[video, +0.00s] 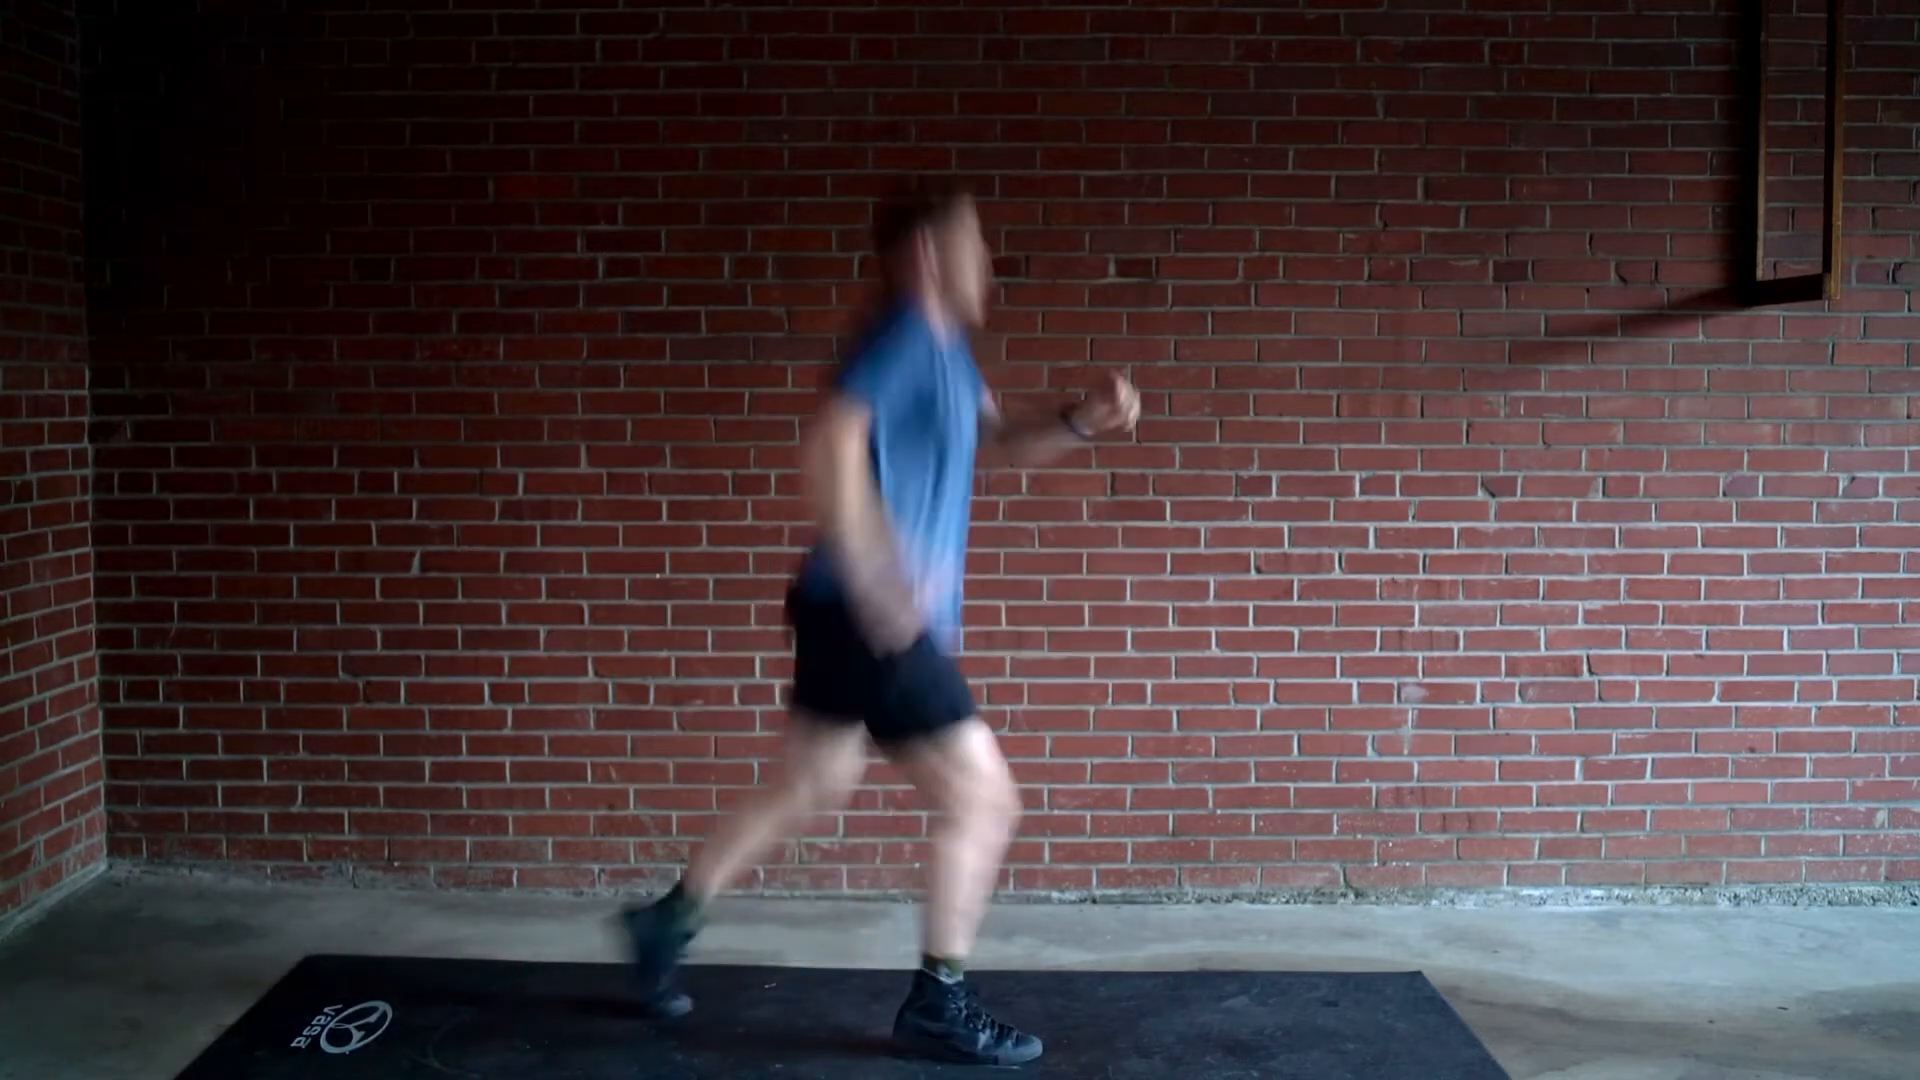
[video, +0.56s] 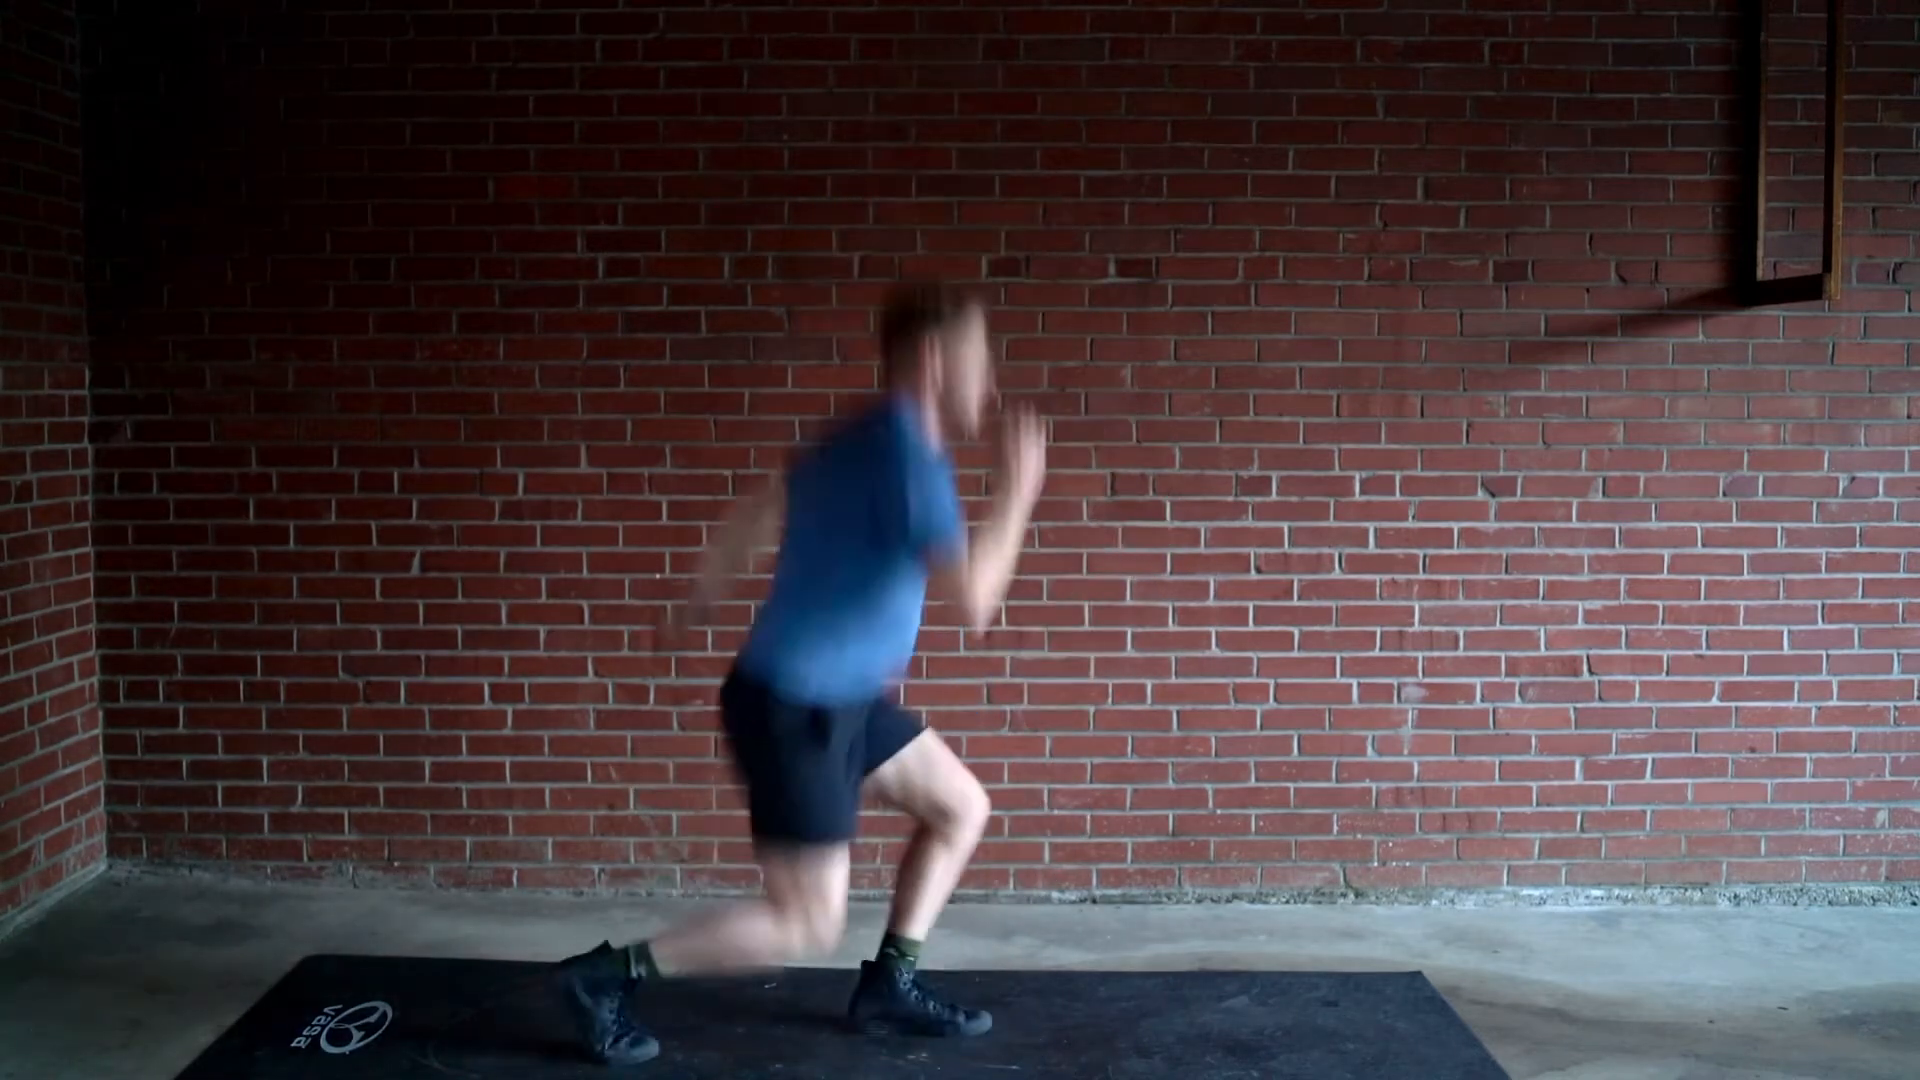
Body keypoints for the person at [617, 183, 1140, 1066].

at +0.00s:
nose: (987, 258)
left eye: (983, 240)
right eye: (972, 239)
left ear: (937, 253)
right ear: (925, 252)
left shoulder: (945, 347)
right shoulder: (906, 337)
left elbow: (995, 435)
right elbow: (835, 434)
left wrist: (1078, 419)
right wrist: (870, 572)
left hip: (855, 606)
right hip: (880, 611)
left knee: (815, 781)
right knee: (982, 797)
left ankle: (669, 919)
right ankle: (939, 997)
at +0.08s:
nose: (971, 181)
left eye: (969, 164)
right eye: (958, 163)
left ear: (934, 173)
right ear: (911, 169)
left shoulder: (937, 268)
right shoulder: (888, 249)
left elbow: (951, 376)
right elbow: (851, 367)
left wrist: (1021, 431)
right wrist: (935, 433)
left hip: (880, 521)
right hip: (873, 526)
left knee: (804, 711)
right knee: (895, 744)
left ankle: (711, 869)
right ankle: (920, 944)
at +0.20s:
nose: (973, 119)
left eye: (971, 101)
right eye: (961, 100)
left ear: (903, 109)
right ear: (910, 107)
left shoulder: (880, 187)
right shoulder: (889, 188)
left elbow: (902, 316)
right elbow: (904, 314)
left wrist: (1002, 284)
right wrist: (1026, 276)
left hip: (854, 457)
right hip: (867, 462)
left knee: (839, 667)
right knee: (877, 677)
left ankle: (792, 848)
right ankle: (780, 852)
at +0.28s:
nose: (975, 121)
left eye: (973, 104)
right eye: (963, 104)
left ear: (914, 109)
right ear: (916, 108)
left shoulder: (899, 190)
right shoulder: (886, 191)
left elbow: (882, 327)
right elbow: (940, 316)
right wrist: (1023, 240)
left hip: (875, 467)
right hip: (850, 467)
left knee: (882, 670)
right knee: (839, 685)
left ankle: (847, 859)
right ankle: (704, 850)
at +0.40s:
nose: (981, 183)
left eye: (978, 165)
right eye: (969, 164)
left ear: (911, 172)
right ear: (919, 169)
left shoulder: (862, 257)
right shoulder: (904, 259)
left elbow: (780, 366)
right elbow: (972, 395)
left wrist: (729, 465)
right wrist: (1019, 290)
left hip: (861, 535)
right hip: (830, 535)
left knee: (912, 718)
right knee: (792, 749)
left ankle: (905, 910)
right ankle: (648, 905)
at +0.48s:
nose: (984, 270)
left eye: (982, 251)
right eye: (970, 250)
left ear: (917, 255)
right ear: (924, 252)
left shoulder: (859, 334)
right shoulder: (906, 343)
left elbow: (763, 426)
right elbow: (977, 489)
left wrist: (701, 515)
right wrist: (1023, 375)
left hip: (855, 613)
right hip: (811, 616)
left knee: (934, 780)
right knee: (793, 839)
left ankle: (892, 971)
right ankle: (625, 966)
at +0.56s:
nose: (989, 370)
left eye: (987, 350)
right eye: (977, 350)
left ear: (919, 358)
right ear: (931, 356)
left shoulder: (865, 436)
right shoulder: (905, 449)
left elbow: (758, 512)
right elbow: (975, 602)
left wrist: (703, 592)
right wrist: (1020, 485)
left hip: (850, 697)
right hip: (790, 702)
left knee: (960, 808)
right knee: (806, 925)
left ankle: (892, 982)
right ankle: (609, 973)